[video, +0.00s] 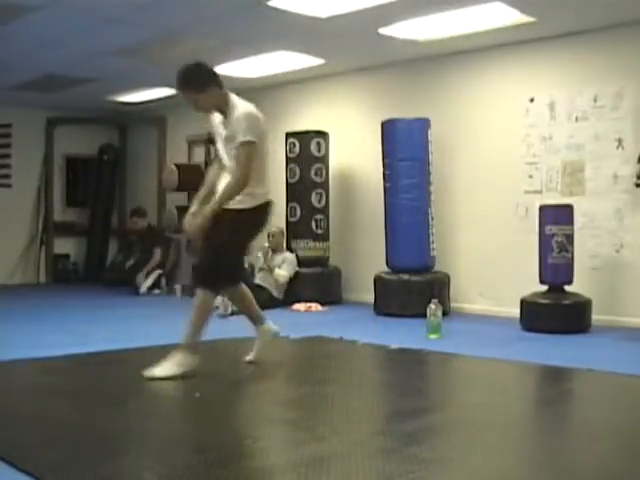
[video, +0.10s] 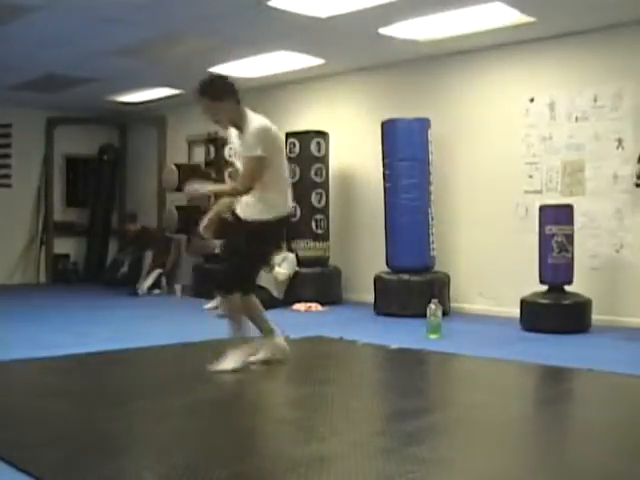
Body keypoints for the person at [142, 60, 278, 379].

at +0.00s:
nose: (195, 107)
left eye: (197, 99)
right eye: (191, 102)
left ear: (215, 87)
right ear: (198, 96)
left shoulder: (246, 117)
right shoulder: (217, 118)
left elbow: (242, 177)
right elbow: (218, 166)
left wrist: (206, 214)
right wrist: (197, 205)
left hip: (250, 205)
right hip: (229, 203)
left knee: (210, 272)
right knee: (224, 273)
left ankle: (189, 350)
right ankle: (265, 328)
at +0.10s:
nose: (211, 118)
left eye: (212, 110)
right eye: (207, 112)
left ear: (229, 100)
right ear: (222, 105)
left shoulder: (258, 131)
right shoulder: (236, 133)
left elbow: (246, 184)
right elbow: (235, 186)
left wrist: (204, 189)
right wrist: (214, 216)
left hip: (268, 219)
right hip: (249, 217)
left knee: (231, 282)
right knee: (237, 284)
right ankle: (272, 340)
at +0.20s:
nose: (224, 126)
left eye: (226, 118)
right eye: (221, 120)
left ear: (245, 109)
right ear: (241, 113)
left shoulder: (269, 138)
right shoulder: (254, 143)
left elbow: (260, 192)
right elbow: (258, 192)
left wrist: (241, 209)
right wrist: (242, 206)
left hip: (288, 227)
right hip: (270, 227)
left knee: (249, 287)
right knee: (242, 287)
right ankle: (274, 345)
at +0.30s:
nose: (238, 117)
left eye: (237, 109)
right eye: (234, 112)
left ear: (254, 97)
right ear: (254, 100)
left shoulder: (283, 126)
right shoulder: (276, 126)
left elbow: (283, 181)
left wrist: (265, 190)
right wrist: (273, 184)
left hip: (308, 212)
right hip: (292, 212)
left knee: (295, 282)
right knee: (269, 278)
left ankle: (342, 323)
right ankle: (278, 342)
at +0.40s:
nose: (256, 107)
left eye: (256, 99)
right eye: (252, 102)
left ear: (272, 87)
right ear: (268, 93)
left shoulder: (299, 113)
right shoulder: (292, 117)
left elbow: (308, 163)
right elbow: (310, 163)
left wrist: (290, 164)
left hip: (329, 201)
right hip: (317, 202)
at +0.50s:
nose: (277, 110)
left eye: (277, 102)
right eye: (273, 105)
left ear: (293, 95)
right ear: (286, 99)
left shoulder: (322, 122)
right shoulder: (308, 128)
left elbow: (341, 165)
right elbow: (330, 167)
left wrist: (315, 179)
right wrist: (317, 192)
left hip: (353, 213)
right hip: (331, 216)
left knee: (365, 285)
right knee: (336, 287)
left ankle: (409, 328)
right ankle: (376, 339)